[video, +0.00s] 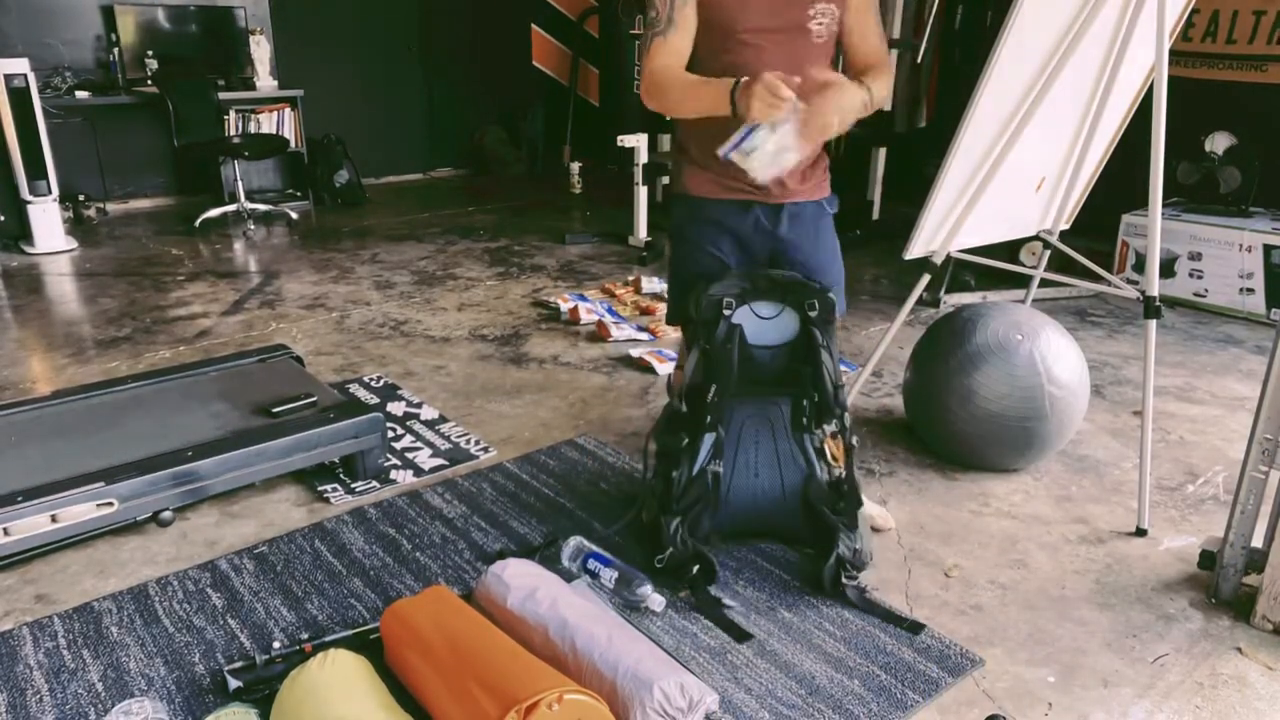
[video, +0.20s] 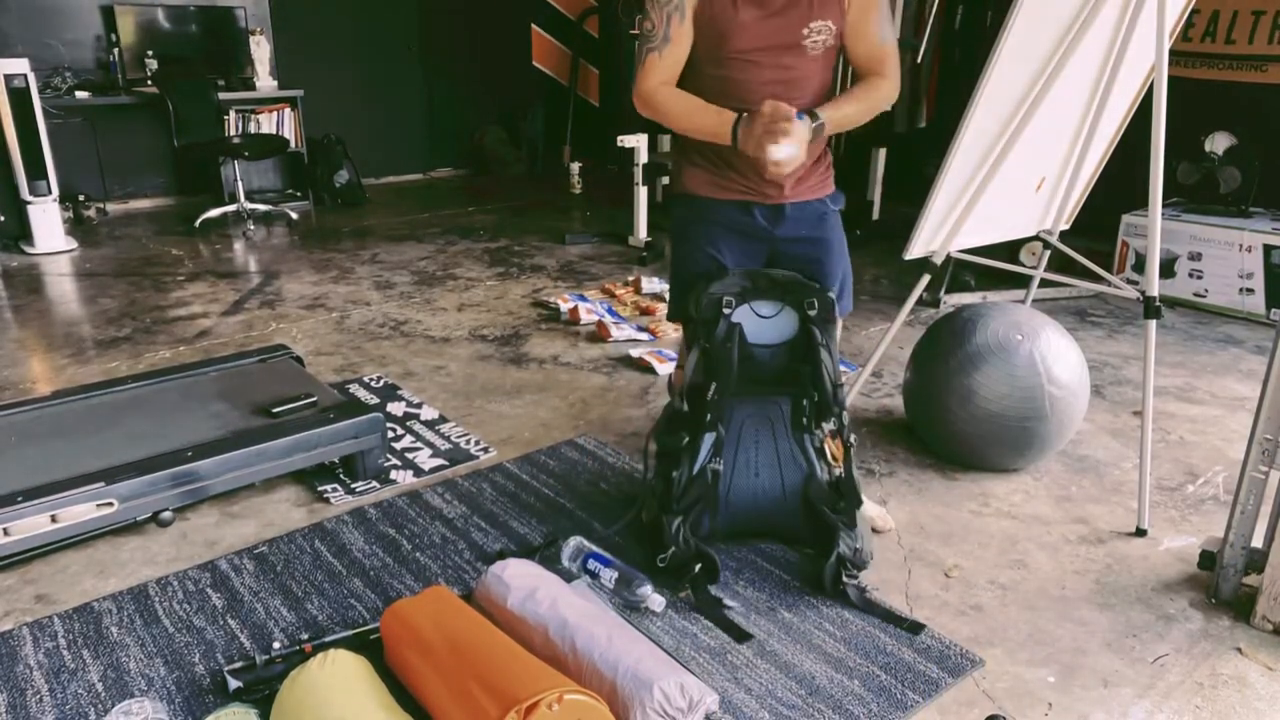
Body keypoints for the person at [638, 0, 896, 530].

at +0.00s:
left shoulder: (846, 4)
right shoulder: (685, 4)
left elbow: (877, 70)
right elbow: (657, 84)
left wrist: (852, 100)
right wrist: (735, 94)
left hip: (806, 205)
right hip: (712, 203)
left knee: (816, 366)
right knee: (708, 368)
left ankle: (827, 490)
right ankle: (699, 494)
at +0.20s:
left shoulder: (853, 2)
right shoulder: (686, 5)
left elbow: (883, 79)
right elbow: (651, 90)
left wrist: (813, 127)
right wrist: (737, 129)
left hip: (811, 207)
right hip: (712, 206)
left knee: (818, 364)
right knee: (710, 366)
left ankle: (828, 486)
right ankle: (699, 490)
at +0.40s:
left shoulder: (852, 3)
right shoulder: (683, 5)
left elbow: (871, 77)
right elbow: (658, 93)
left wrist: (817, 140)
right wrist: (714, 133)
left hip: (812, 211)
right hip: (712, 208)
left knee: (818, 367)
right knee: (710, 370)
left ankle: (828, 492)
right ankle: (701, 496)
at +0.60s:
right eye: (894, 279)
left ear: (961, 265)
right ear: (873, 235)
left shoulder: (982, 274)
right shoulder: (811, 189)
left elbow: (1002, 435)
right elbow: (730, 134)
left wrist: (980, 572)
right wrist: (745, 246)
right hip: (817, 256)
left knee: (923, 406)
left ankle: (893, 544)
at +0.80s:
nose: (851, 190)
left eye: (875, 173)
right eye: (835, 170)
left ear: (934, 103)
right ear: (810, 99)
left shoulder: (987, 114)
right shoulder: (757, 134)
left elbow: (1046, 190)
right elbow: (683, 293)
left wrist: (988, 297)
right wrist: (792, 397)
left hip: (906, 262)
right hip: (785, 277)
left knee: (960, 439)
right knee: (768, 467)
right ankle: (761, 664)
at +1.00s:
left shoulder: (1039, 8)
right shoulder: (796, 12)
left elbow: (1045, 148)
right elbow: (769, 213)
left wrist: (1028, 298)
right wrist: (853, 358)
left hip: (946, 276)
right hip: (826, 282)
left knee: (935, 470)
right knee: (816, 481)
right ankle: (802, 658)